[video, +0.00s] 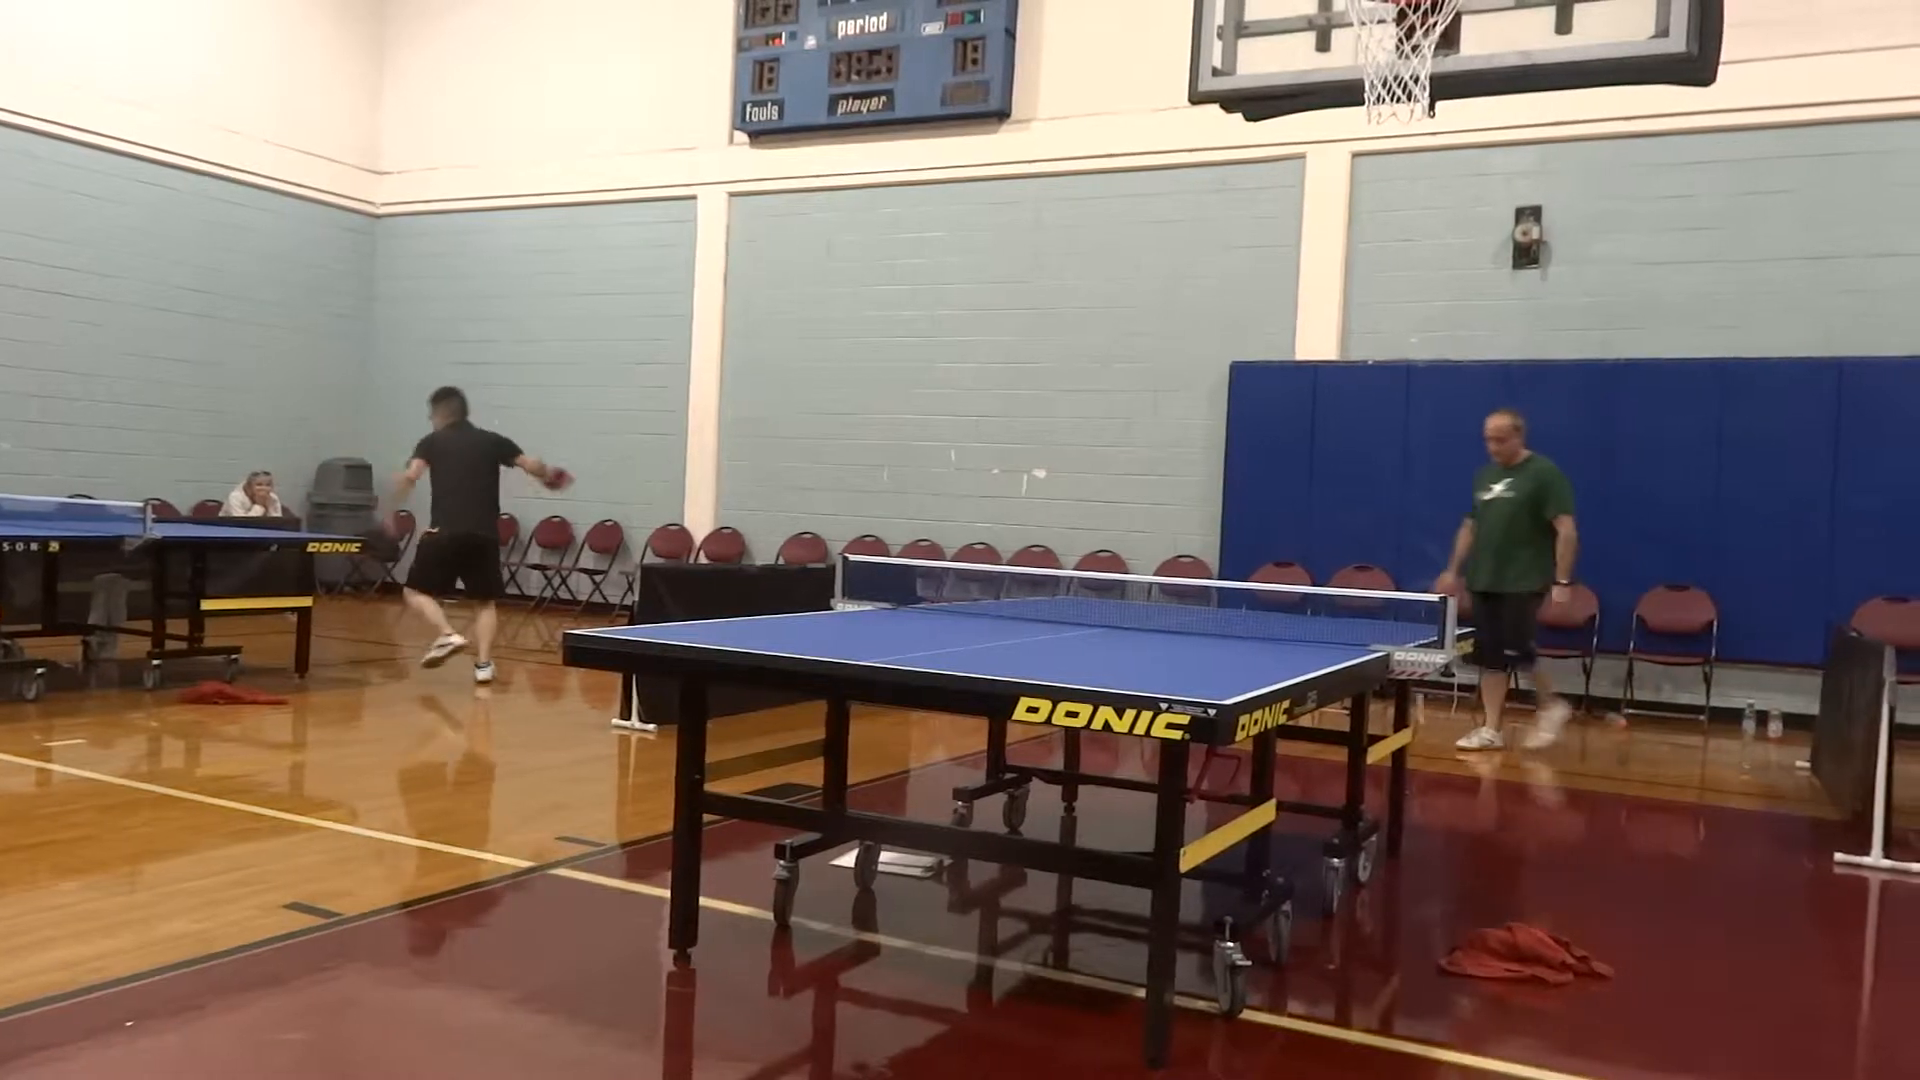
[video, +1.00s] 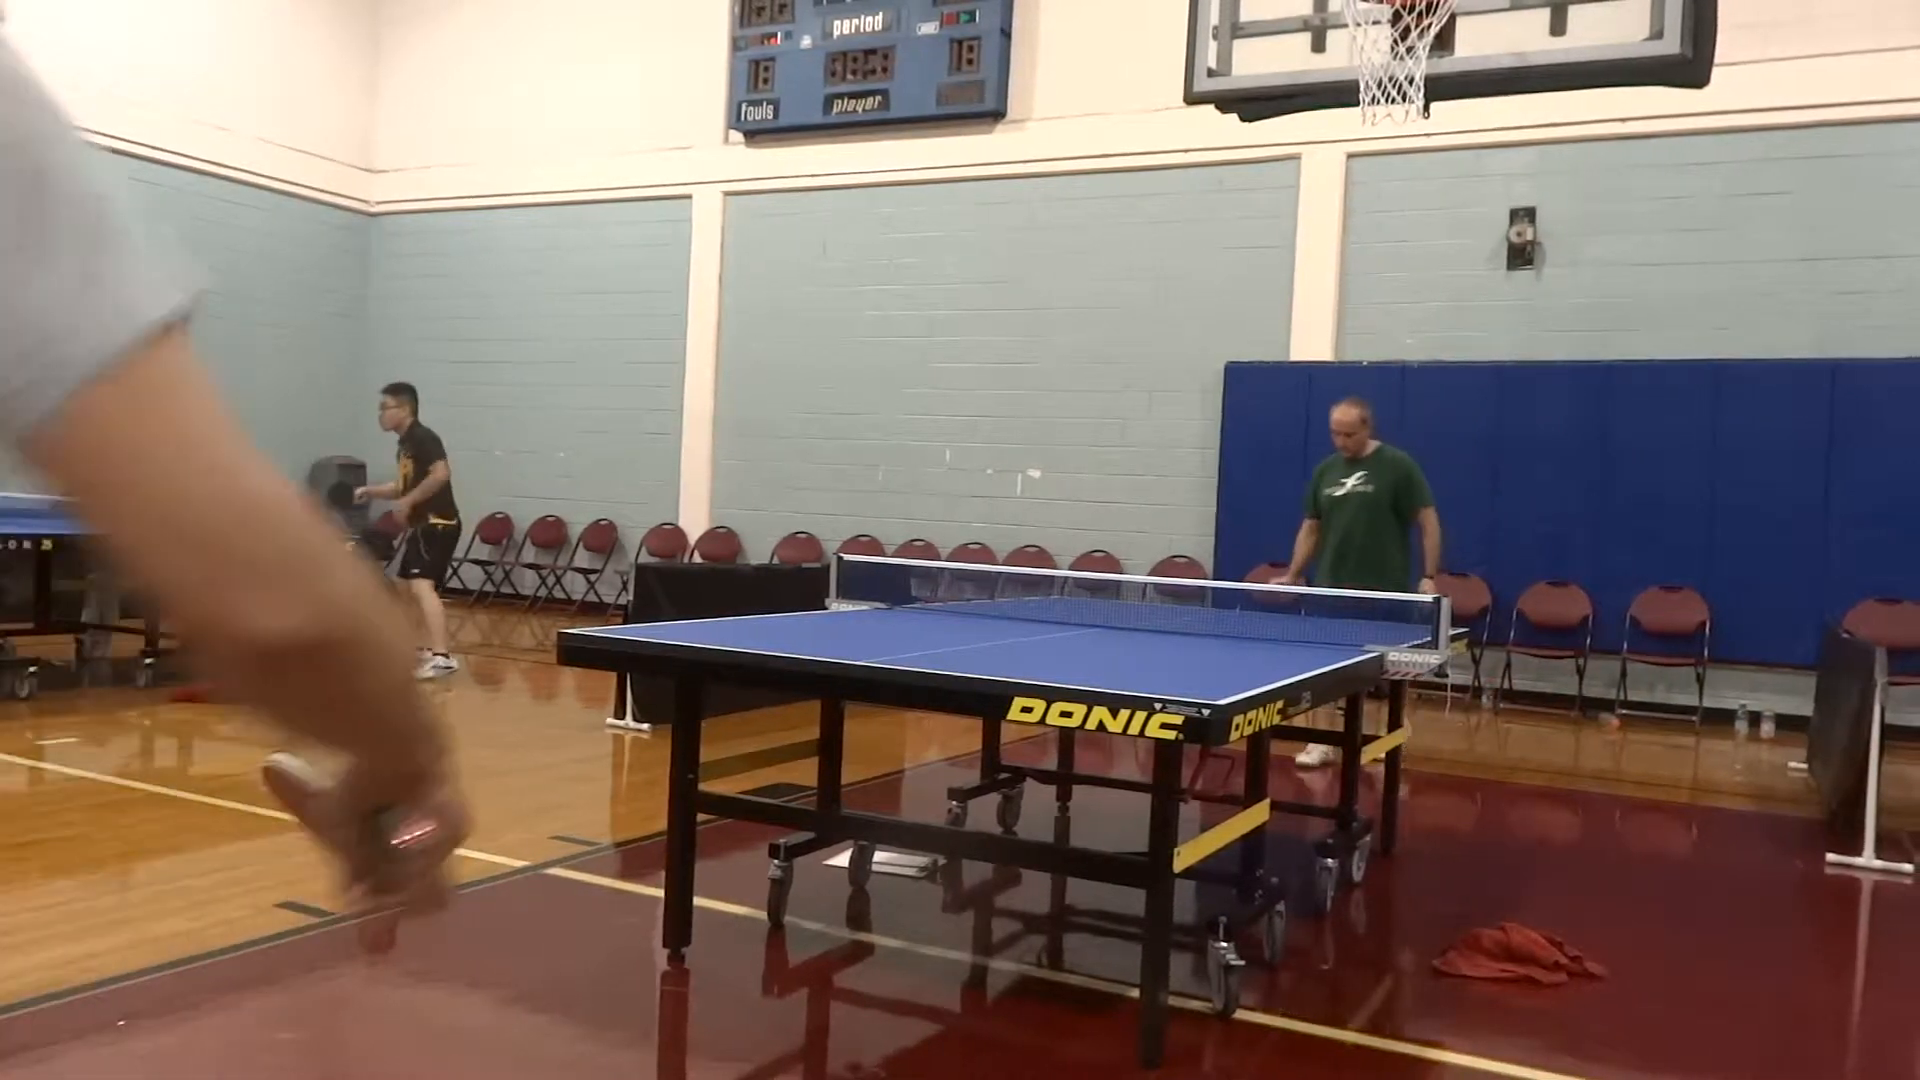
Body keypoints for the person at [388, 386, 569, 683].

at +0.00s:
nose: (431, 420)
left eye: (432, 415)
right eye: (431, 415)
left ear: (439, 414)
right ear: (464, 412)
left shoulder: (433, 441)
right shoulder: (491, 440)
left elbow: (411, 477)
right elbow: (531, 465)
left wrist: (393, 508)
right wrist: (549, 475)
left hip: (444, 534)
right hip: (484, 535)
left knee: (415, 590)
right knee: (486, 602)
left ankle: (446, 634)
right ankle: (484, 665)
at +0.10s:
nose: (412, 430)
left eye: (413, 423)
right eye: (410, 424)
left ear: (424, 419)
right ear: (440, 414)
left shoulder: (425, 446)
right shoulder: (476, 436)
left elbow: (423, 485)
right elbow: (519, 458)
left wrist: (411, 526)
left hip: (448, 535)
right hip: (486, 535)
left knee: (413, 593)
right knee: (483, 599)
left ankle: (443, 655)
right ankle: (482, 664)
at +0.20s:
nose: (396, 432)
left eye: (398, 424)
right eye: (394, 426)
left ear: (413, 419)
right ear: (425, 417)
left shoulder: (421, 445)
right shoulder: (457, 439)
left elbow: (437, 483)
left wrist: (424, 526)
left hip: (452, 535)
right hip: (485, 532)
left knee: (414, 594)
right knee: (480, 600)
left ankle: (439, 660)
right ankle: (481, 662)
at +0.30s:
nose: (388, 426)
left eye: (392, 418)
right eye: (387, 419)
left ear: (410, 416)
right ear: (413, 417)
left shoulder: (428, 440)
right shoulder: (429, 442)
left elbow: (451, 473)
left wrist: (445, 520)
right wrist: (392, 471)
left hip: (443, 530)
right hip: (472, 531)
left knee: (410, 594)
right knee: (472, 597)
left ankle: (437, 660)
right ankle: (482, 649)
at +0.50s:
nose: (381, 412)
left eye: (386, 407)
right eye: (381, 406)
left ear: (406, 408)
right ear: (400, 408)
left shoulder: (427, 434)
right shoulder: (410, 439)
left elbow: (460, 457)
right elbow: (398, 471)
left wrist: (475, 494)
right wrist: (363, 458)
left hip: (441, 525)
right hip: (438, 525)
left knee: (410, 590)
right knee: (438, 592)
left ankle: (438, 659)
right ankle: (453, 651)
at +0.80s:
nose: (380, 417)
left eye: (386, 411)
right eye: (380, 411)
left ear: (405, 413)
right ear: (392, 415)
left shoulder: (427, 441)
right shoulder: (400, 450)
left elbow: (457, 476)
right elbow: (398, 491)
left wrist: (439, 515)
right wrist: (366, 501)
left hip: (438, 525)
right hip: (418, 525)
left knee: (411, 585)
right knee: (402, 585)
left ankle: (436, 658)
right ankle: (419, 649)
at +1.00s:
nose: (381, 414)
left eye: (386, 408)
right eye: (381, 408)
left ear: (406, 410)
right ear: (397, 411)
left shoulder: (423, 437)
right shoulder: (405, 443)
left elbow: (440, 473)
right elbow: (403, 487)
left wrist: (407, 503)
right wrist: (369, 491)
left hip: (440, 524)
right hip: (423, 523)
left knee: (422, 582)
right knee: (406, 581)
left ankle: (442, 655)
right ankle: (428, 648)